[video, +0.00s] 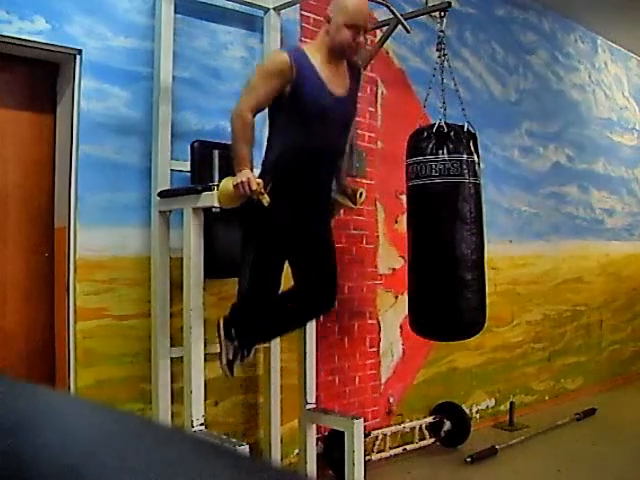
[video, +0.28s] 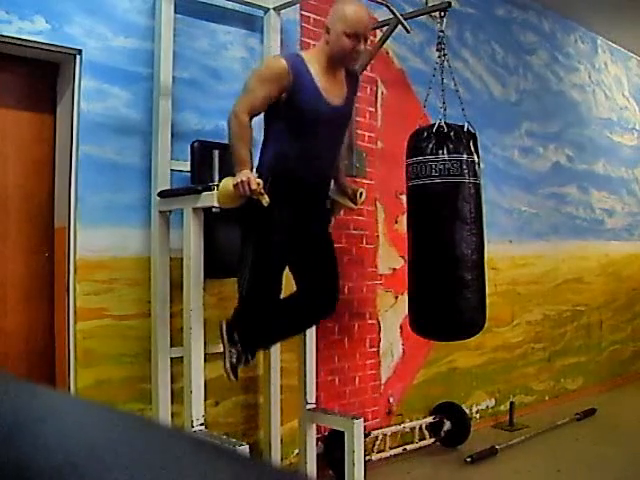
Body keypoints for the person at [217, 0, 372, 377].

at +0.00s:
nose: (360, 39)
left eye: (365, 32)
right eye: (353, 29)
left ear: (368, 34)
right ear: (328, 22)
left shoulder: (351, 72)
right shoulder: (286, 64)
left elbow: (338, 134)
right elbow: (243, 111)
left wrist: (342, 181)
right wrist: (244, 169)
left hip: (315, 201)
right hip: (275, 197)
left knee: (319, 294)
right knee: (259, 286)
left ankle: (243, 330)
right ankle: (241, 336)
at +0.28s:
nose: (362, 48)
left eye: (367, 40)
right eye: (356, 38)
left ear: (367, 42)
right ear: (330, 32)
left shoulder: (350, 80)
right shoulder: (282, 70)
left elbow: (334, 136)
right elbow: (240, 114)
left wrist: (341, 179)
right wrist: (243, 170)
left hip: (311, 206)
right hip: (271, 202)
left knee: (321, 297)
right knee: (260, 291)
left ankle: (244, 332)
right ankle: (245, 341)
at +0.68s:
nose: (374, 145)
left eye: (378, 137)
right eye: (367, 135)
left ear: (380, 135)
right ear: (339, 125)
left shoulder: (353, 159)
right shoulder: (296, 140)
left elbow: (316, 183)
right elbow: (242, 117)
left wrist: (340, 195)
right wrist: (242, 171)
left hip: (298, 264)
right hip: (259, 261)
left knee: (323, 350)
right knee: (267, 354)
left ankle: (258, 415)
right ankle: (265, 429)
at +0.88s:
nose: (372, 122)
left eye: (377, 113)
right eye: (365, 111)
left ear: (378, 112)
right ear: (339, 105)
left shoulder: (357, 143)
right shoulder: (299, 126)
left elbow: (311, 181)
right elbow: (237, 117)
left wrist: (337, 194)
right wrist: (244, 171)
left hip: (301, 255)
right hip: (262, 253)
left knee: (327, 341)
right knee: (269, 351)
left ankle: (258, 399)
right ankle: (263, 457)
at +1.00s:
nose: (364, 70)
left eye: (369, 61)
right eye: (357, 59)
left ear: (370, 62)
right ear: (333, 54)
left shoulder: (355, 101)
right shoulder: (291, 91)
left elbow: (319, 152)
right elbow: (234, 115)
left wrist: (339, 184)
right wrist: (243, 170)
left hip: (306, 224)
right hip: (267, 221)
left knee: (326, 316)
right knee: (265, 323)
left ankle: (251, 361)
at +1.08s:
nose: (364, 47)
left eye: (368, 39)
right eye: (357, 37)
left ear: (368, 42)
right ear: (331, 33)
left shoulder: (353, 80)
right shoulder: (289, 71)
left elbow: (337, 135)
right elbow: (238, 112)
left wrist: (341, 179)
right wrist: (243, 169)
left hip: (309, 208)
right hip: (269, 204)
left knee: (323, 301)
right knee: (262, 299)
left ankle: (247, 346)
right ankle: (248, 355)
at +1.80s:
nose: (375, 144)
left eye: (380, 135)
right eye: (368, 134)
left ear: (382, 134)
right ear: (342, 125)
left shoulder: (354, 160)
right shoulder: (300, 140)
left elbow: (312, 187)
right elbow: (244, 118)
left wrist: (340, 195)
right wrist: (243, 170)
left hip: (297, 266)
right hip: (258, 263)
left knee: (322, 350)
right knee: (264, 359)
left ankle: (254, 411)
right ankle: (261, 426)